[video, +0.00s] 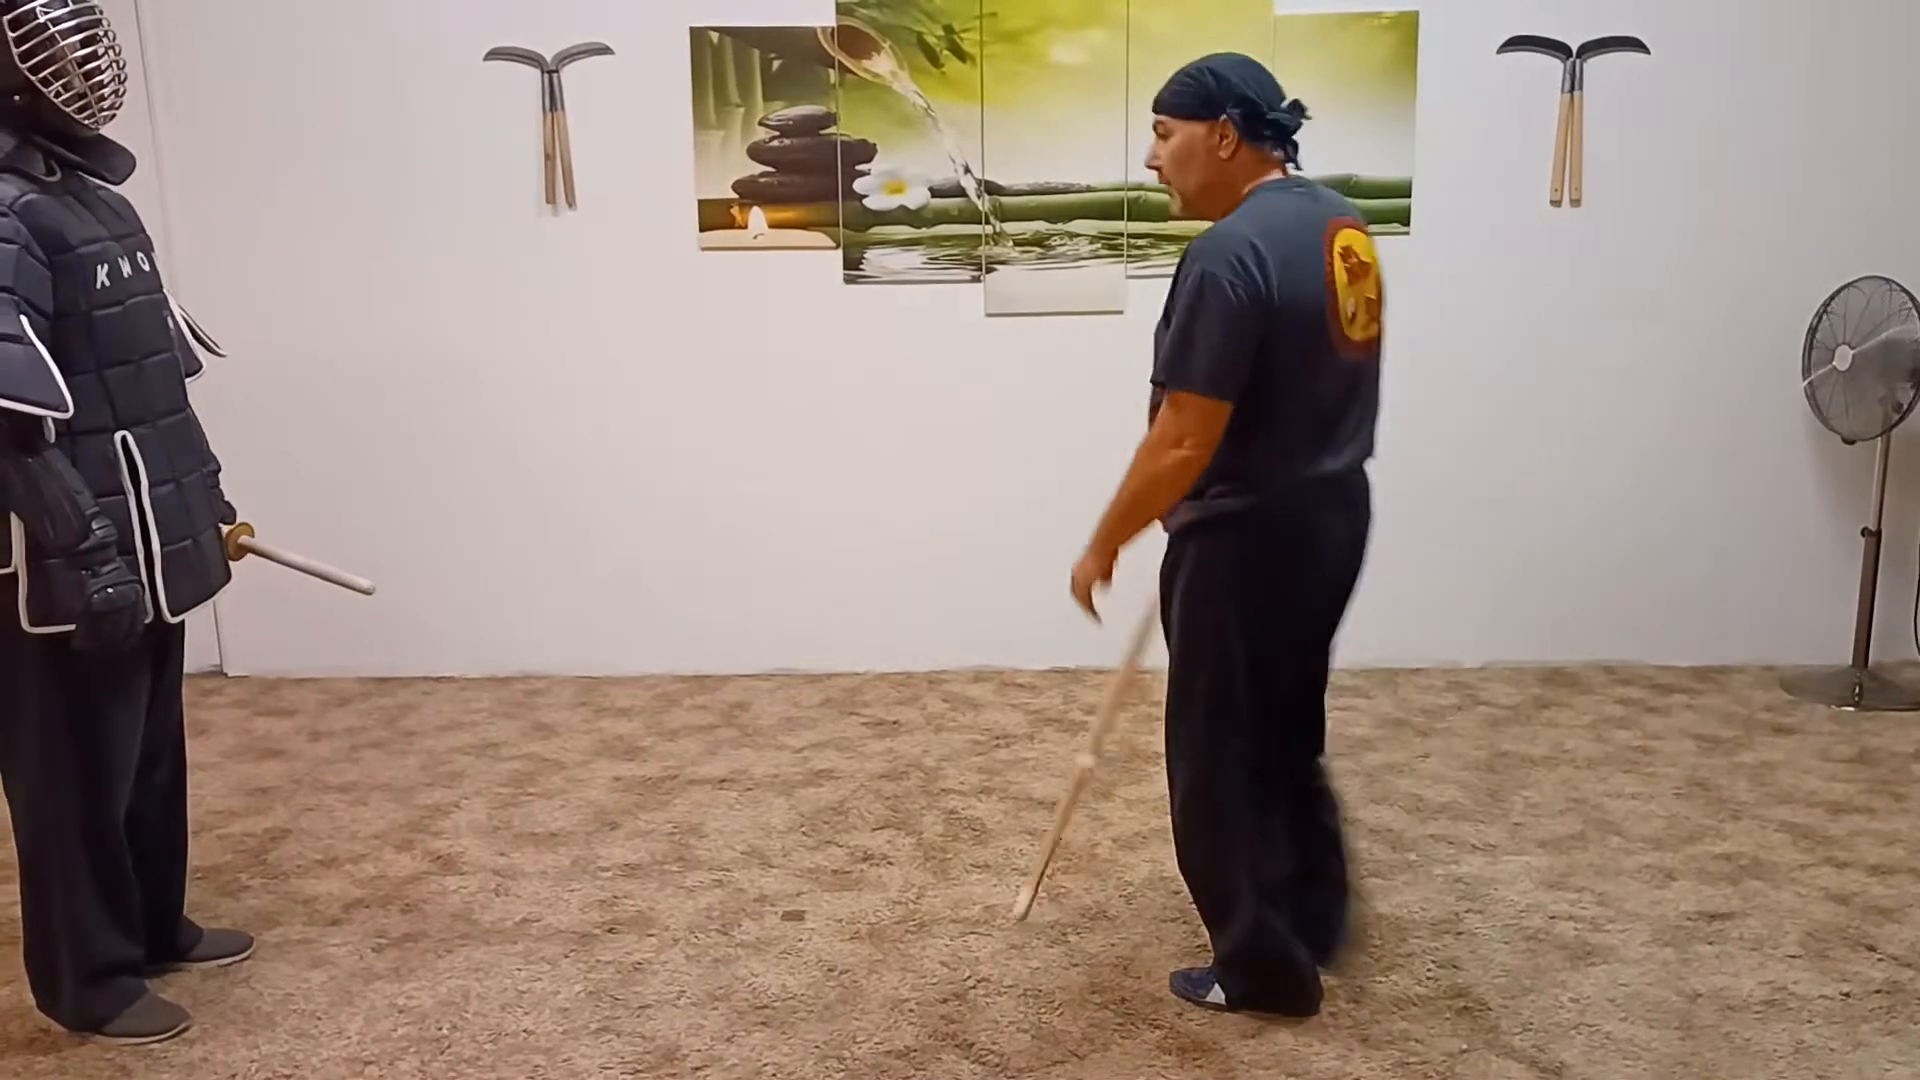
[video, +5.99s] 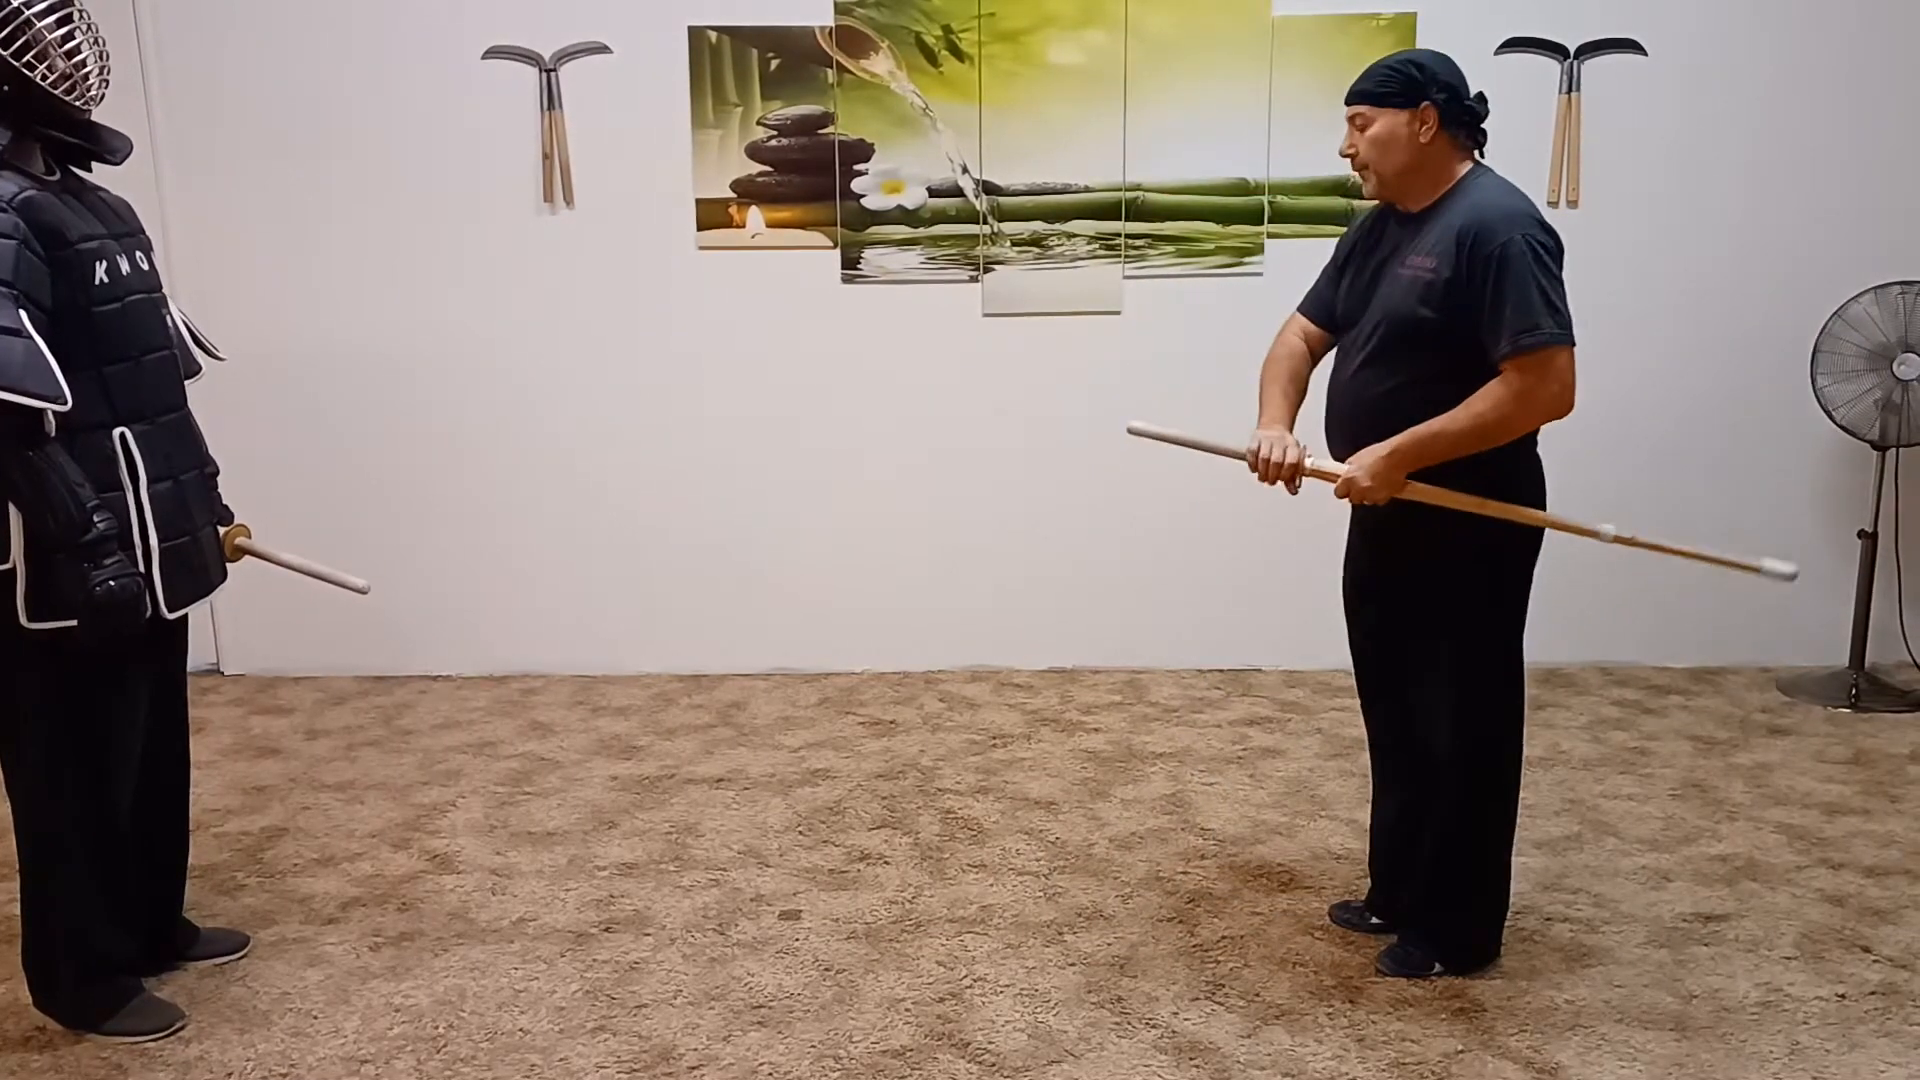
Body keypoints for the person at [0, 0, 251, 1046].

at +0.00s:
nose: (101, 69)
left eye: (96, 51)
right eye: (77, 54)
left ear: (62, 74)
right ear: (29, 73)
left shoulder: (104, 203)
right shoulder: (12, 214)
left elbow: (159, 381)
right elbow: (23, 413)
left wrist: (206, 504)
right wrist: (83, 546)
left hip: (146, 546)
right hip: (68, 559)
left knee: (147, 752)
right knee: (76, 773)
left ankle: (154, 930)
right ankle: (84, 982)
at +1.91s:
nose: (126, 74)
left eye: (123, 55)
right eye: (102, 57)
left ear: (98, 73)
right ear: (47, 72)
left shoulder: (121, 199)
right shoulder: (22, 207)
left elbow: (174, 382)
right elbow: (25, 400)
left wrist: (221, 508)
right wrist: (101, 539)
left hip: (160, 541)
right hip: (72, 553)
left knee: (161, 748)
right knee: (86, 768)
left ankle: (161, 931)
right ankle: (90, 981)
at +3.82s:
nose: (100, 68)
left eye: (94, 52)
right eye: (79, 54)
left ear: (56, 78)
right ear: (39, 74)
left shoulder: (115, 207)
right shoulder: (15, 212)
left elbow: (170, 384)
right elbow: (24, 408)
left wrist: (213, 511)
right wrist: (98, 538)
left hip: (153, 551)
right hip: (64, 562)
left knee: (157, 753)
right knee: (82, 774)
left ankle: (161, 932)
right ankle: (88, 984)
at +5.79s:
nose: (90, 77)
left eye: (84, 62)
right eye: (71, 64)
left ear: (48, 82)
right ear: (33, 80)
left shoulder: (102, 206)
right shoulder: (8, 212)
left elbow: (157, 380)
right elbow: (21, 410)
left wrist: (203, 507)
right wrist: (88, 543)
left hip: (145, 545)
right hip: (58, 561)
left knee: (150, 745)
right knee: (75, 766)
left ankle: (153, 929)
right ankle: (80, 980)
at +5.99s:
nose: (88, 82)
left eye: (83, 66)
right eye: (69, 67)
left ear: (48, 81)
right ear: (29, 80)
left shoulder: (103, 206)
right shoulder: (6, 211)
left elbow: (156, 379)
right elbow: (21, 409)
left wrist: (204, 505)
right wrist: (89, 541)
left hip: (146, 543)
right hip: (57, 558)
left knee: (149, 745)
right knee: (73, 765)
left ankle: (151, 928)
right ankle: (78, 979)